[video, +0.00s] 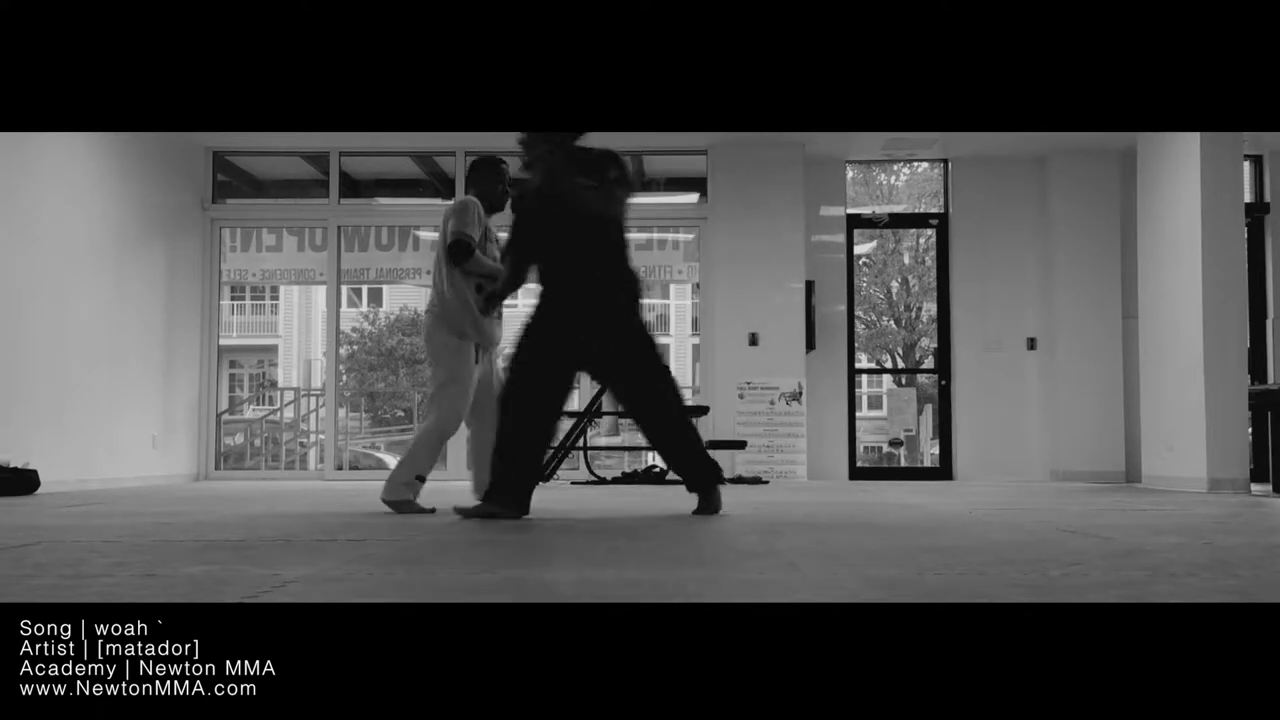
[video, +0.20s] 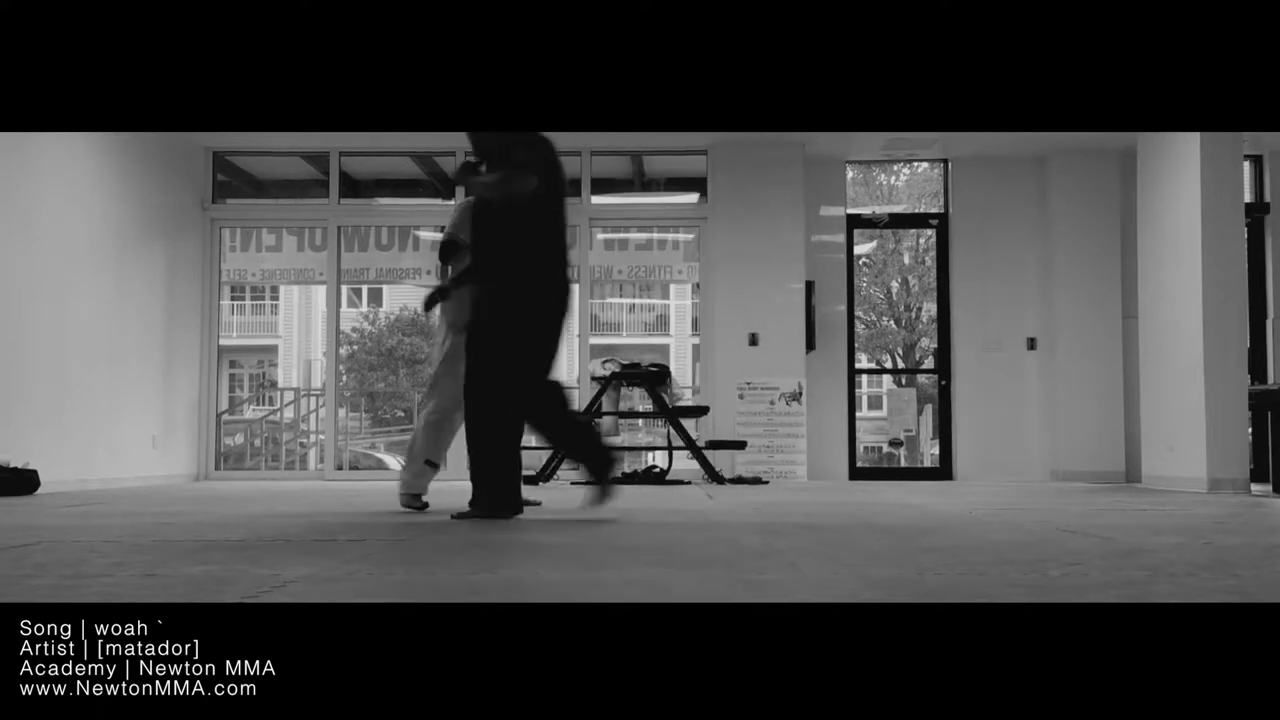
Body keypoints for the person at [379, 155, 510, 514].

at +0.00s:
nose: (508, 191)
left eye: (508, 184)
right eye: (504, 184)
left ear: (483, 184)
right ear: (488, 184)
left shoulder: (487, 229)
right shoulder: (467, 206)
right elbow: (460, 252)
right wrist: (504, 272)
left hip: (481, 336)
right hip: (453, 330)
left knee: (489, 417)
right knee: (448, 416)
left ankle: (490, 496)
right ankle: (399, 491)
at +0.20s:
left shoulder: (518, 217)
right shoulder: (474, 207)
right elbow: (447, 251)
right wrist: (482, 252)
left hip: (499, 316)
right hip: (465, 316)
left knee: (498, 404)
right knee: (446, 400)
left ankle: (500, 489)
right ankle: (413, 485)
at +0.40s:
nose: (514, 186)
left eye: (517, 178)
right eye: (508, 179)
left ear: (525, 182)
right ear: (497, 184)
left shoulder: (539, 218)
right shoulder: (484, 216)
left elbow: (563, 267)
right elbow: (470, 259)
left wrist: (546, 243)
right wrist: (508, 237)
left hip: (522, 326)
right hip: (487, 325)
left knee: (534, 402)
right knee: (487, 406)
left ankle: (513, 483)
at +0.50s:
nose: (514, 194)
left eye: (519, 186)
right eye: (507, 187)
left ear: (528, 191)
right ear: (496, 193)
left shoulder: (543, 229)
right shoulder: (487, 230)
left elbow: (560, 277)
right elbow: (476, 277)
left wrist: (530, 250)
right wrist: (504, 252)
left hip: (530, 337)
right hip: (493, 337)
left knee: (559, 403)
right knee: (487, 411)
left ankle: (552, 471)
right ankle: (487, 483)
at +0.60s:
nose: (519, 193)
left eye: (525, 187)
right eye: (514, 186)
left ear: (538, 193)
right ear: (505, 192)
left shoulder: (552, 233)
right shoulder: (489, 231)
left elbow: (555, 279)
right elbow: (474, 273)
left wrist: (527, 244)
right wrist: (505, 256)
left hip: (540, 348)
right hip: (496, 348)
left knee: (574, 421)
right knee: (491, 427)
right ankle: (489, 495)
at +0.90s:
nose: (517, 239)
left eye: (524, 232)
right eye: (512, 232)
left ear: (539, 231)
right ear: (506, 233)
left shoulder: (564, 256)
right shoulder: (504, 260)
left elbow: (564, 292)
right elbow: (481, 300)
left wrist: (519, 274)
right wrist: (487, 258)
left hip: (568, 361)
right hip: (523, 365)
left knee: (598, 424)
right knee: (487, 416)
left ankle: (624, 492)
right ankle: (487, 493)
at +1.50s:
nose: (503, 223)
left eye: (509, 215)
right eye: (498, 217)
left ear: (524, 215)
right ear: (492, 220)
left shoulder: (544, 239)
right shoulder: (493, 250)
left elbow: (564, 276)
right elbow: (478, 294)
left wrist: (530, 249)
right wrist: (491, 265)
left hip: (560, 347)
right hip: (517, 353)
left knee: (579, 415)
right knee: (488, 414)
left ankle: (616, 489)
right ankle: (490, 492)